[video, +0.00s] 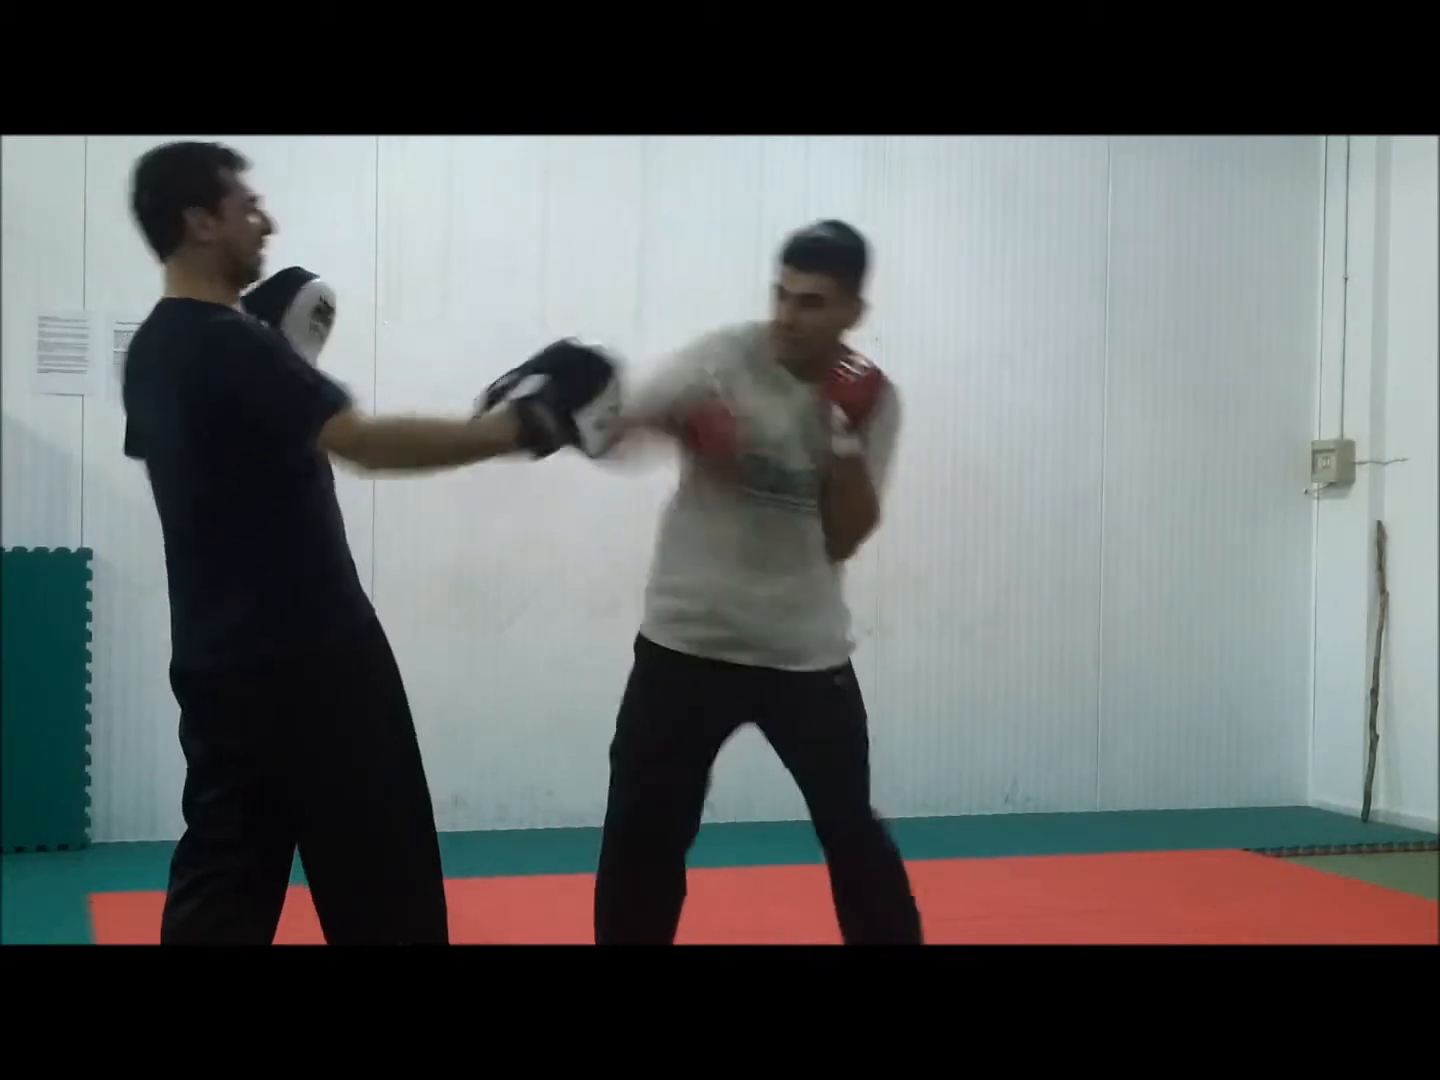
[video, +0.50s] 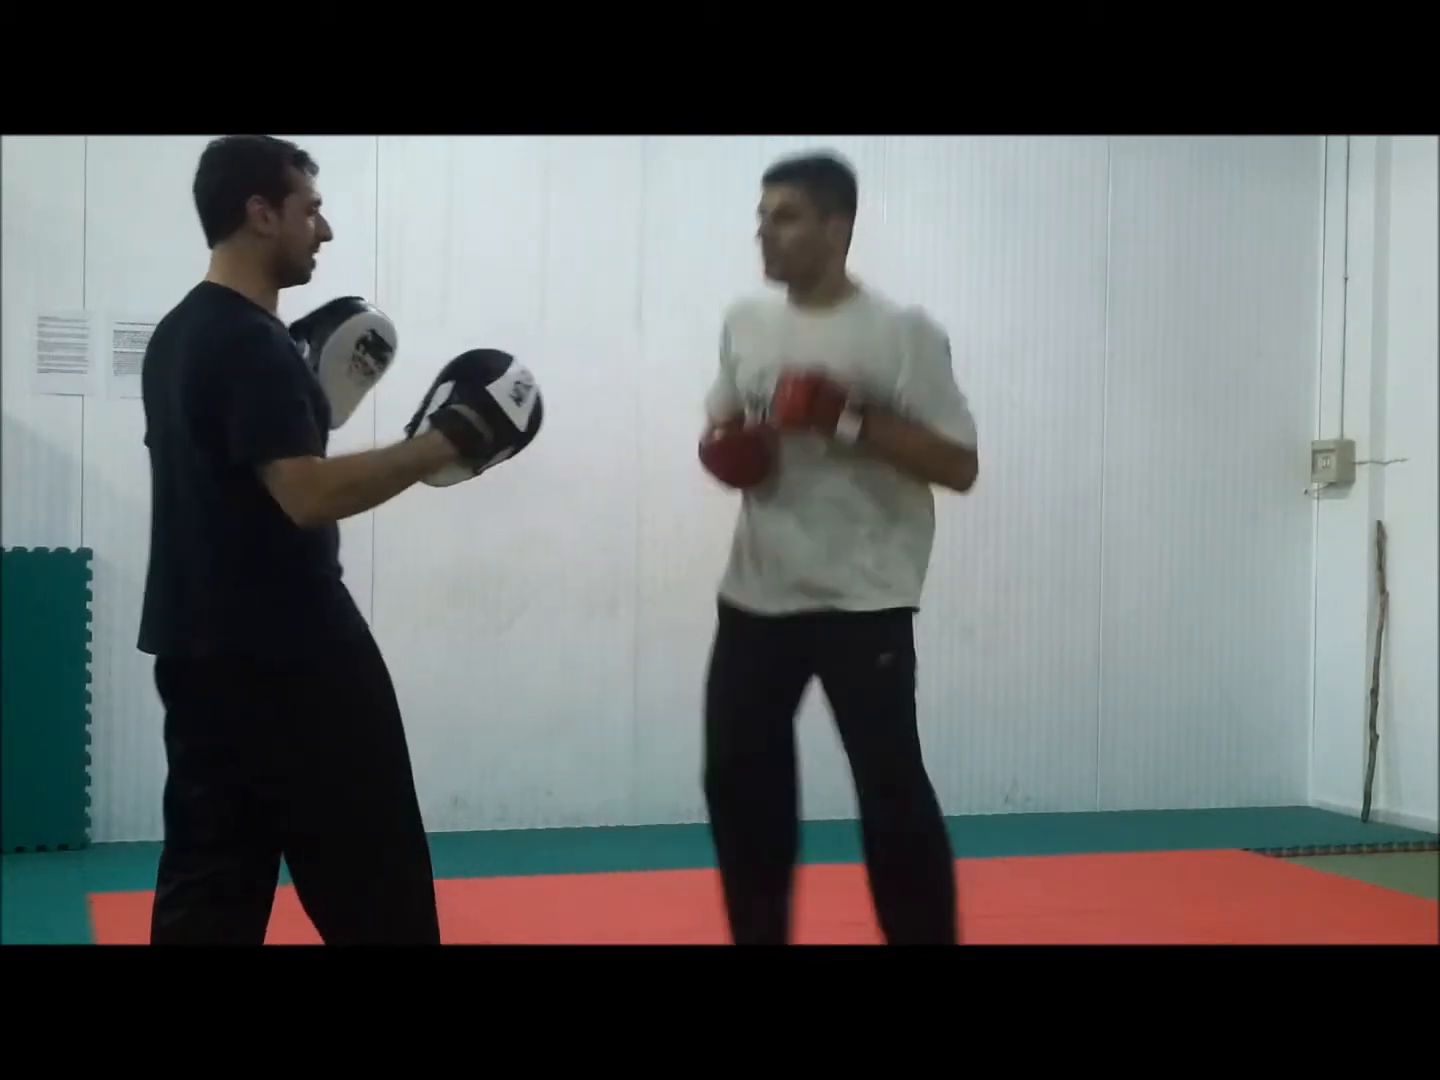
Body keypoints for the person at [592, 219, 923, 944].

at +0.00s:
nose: (789, 316)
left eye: (813, 302)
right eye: (783, 295)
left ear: (855, 310)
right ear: (773, 291)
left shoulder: (869, 399)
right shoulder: (721, 358)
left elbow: (844, 538)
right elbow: (604, 426)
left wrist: (846, 427)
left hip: (806, 659)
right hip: (687, 648)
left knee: (854, 839)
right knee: (638, 850)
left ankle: (894, 946)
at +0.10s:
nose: (813, 319)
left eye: (837, 306)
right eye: (807, 299)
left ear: (881, 318)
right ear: (797, 294)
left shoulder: (895, 411)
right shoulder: (738, 371)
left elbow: (867, 547)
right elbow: (647, 469)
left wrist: (866, 445)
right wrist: (689, 483)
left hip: (811, 661)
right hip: (695, 649)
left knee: (846, 840)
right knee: (636, 829)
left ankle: (879, 950)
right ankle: (630, 944)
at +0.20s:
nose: (815, 294)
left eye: (838, 282)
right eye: (809, 276)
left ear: (885, 294)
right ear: (801, 276)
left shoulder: (922, 400)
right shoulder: (750, 367)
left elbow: (903, 544)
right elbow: (666, 453)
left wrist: (879, 430)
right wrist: (695, 493)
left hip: (845, 675)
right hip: (723, 661)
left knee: (857, 868)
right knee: (645, 848)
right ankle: (622, 946)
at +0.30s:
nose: (802, 256)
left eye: (823, 239)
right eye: (796, 238)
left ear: (874, 248)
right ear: (788, 243)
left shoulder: (920, 359)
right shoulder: (749, 338)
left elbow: (922, 508)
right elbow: (684, 432)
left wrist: (867, 400)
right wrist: (709, 468)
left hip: (859, 655)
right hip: (741, 640)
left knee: (873, 866)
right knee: (666, 845)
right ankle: (643, 939)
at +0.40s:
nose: (778, 218)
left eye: (798, 202)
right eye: (773, 202)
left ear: (851, 211)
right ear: (770, 210)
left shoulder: (913, 323)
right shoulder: (745, 304)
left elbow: (951, 462)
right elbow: (712, 408)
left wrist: (861, 396)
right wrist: (721, 437)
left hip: (864, 603)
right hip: (752, 593)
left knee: (881, 812)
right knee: (717, 790)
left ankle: (904, 942)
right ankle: (717, 938)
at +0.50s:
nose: (765, 231)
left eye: (784, 218)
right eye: (763, 217)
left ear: (838, 226)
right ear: (766, 226)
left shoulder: (906, 335)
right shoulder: (748, 324)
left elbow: (960, 467)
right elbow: (723, 428)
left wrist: (852, 417)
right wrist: (730, 453)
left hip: (866, 605)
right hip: (759, 602)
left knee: (892, 794)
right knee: (740, 791)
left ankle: (924, 939)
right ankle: (758, 939)